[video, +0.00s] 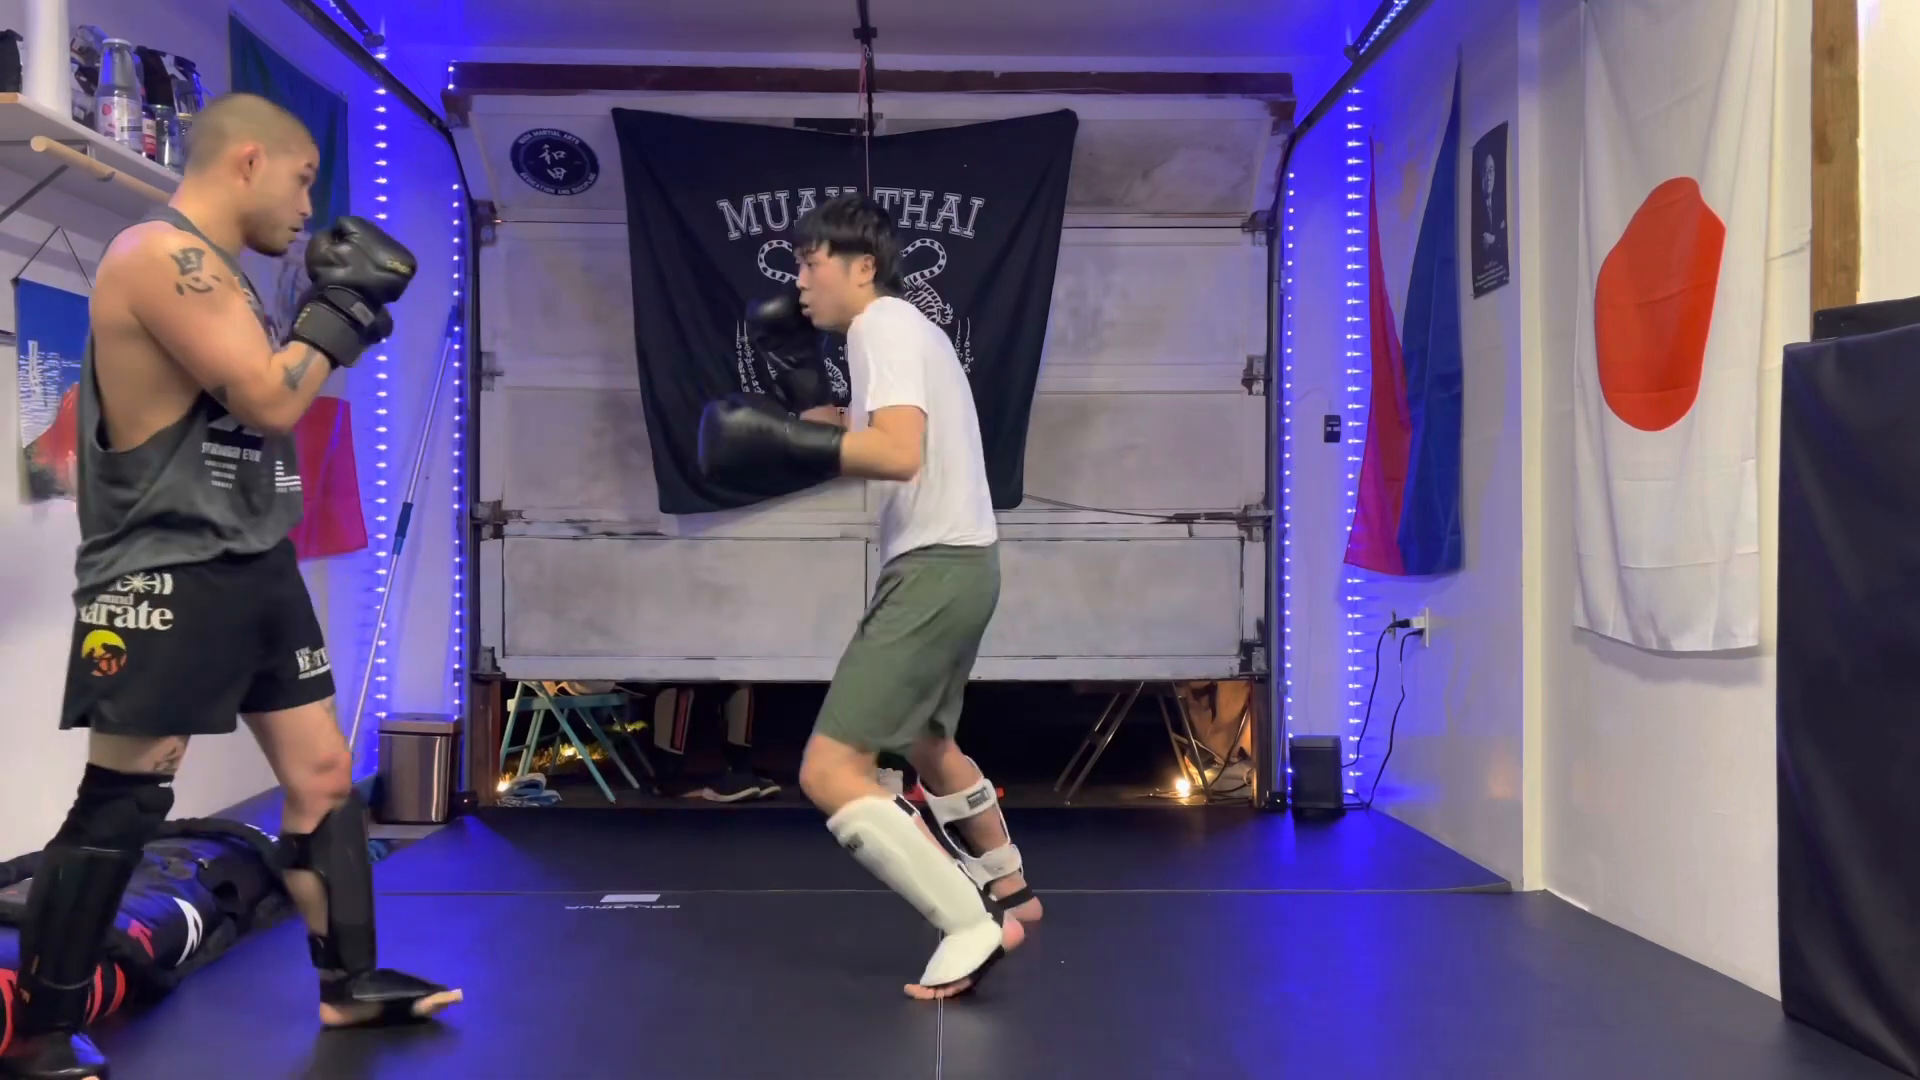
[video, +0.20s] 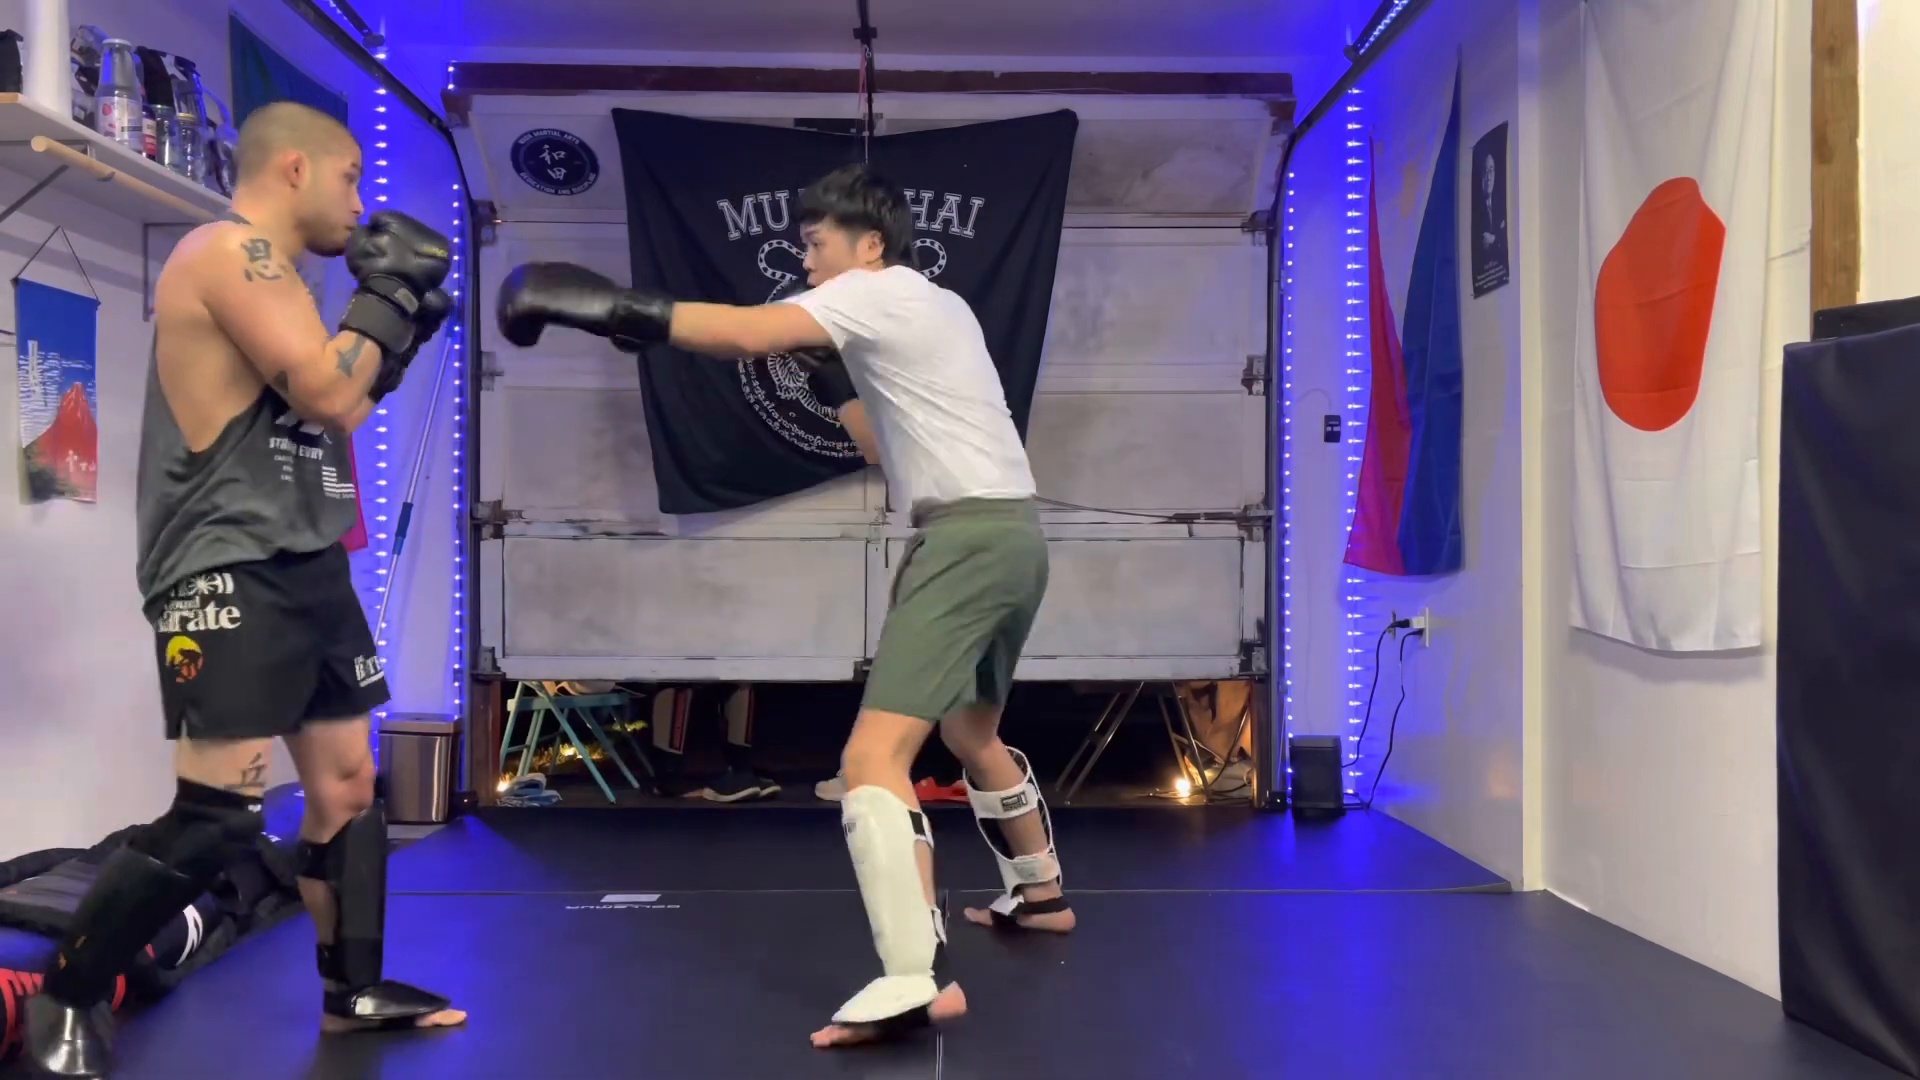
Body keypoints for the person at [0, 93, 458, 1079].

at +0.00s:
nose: (308, 203)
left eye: (312, 186)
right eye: (303, 180)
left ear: (240, 167)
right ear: (243, 163)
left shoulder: (218, 272)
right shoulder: (162, 256)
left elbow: (268, 404)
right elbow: (269, 403)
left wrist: (335, 312)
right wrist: (341, 310)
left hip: (255, 567)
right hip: (164, 573)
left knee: (321, 773)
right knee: (124, 794)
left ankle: (351, 981)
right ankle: (44, 1031)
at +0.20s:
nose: (361, 199)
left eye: (360, 181)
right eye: (350, 178)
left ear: (290, 175)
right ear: (292, 171)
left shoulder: (284, 277)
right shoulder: (224, 254)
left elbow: (339, 405)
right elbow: (325, 396)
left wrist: (401, 326)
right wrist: (381, 293)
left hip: (308, 566)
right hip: (227, 571)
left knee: (345, 785)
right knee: (217, 817)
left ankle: (357, 990)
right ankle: (59, 1000)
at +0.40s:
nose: (364, 179)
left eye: (364, 160)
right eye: (353, 157)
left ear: (289, 158)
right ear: (290, 154)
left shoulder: (298, 272)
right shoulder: (232, 250)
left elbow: (367, 400)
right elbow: (369, 380)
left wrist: (423, 293)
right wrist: (442, 282)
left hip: (331, 560)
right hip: (248, 560)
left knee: (339, 790)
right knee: (227, 813)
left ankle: (355, 993)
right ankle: (106, 1054)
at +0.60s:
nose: (361, 169)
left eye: (360, 150)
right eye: (347, 147)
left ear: (288, 149)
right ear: (283, 145)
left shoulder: (301, 276)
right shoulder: (205, 252)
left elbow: (328, 396)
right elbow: (313, 403)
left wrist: (412, 335)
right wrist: (430, 338)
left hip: (320, 564)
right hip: (224, 559)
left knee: (397, 792)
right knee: (216, 832)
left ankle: (363, 976)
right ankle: (118, 1061)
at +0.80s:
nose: (378, 153)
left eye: (377, 134)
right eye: (367, 132)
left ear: (299, 131)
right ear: (308, 127)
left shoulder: (292, 243)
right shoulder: (242, 229)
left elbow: (383, 354)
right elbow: (397, 357)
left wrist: (431, 234)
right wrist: (430, 221)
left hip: (329, 560)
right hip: (245, 561)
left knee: (431, 776)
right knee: (214, 832)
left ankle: (435, 1002)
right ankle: (118, 1059)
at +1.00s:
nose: (374, 171)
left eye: (373, 146)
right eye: (360, 145)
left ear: (280, 137)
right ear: (312, 133)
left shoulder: (293, 235)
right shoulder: (271, 229)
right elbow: (472, 298)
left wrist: (426, 208)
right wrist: (423, 171)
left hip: (350, 561)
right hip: (269, 571)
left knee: (437, 786)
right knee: (249, 832)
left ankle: (434, 1014)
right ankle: (129, 1057)